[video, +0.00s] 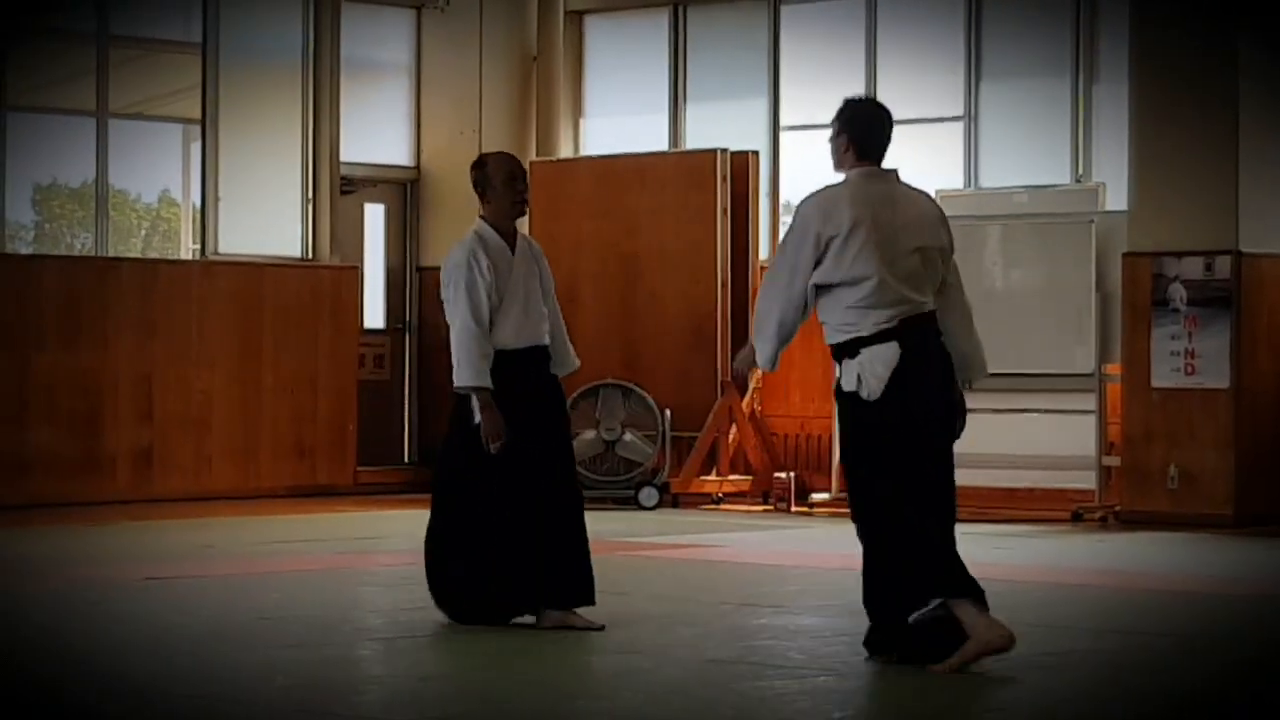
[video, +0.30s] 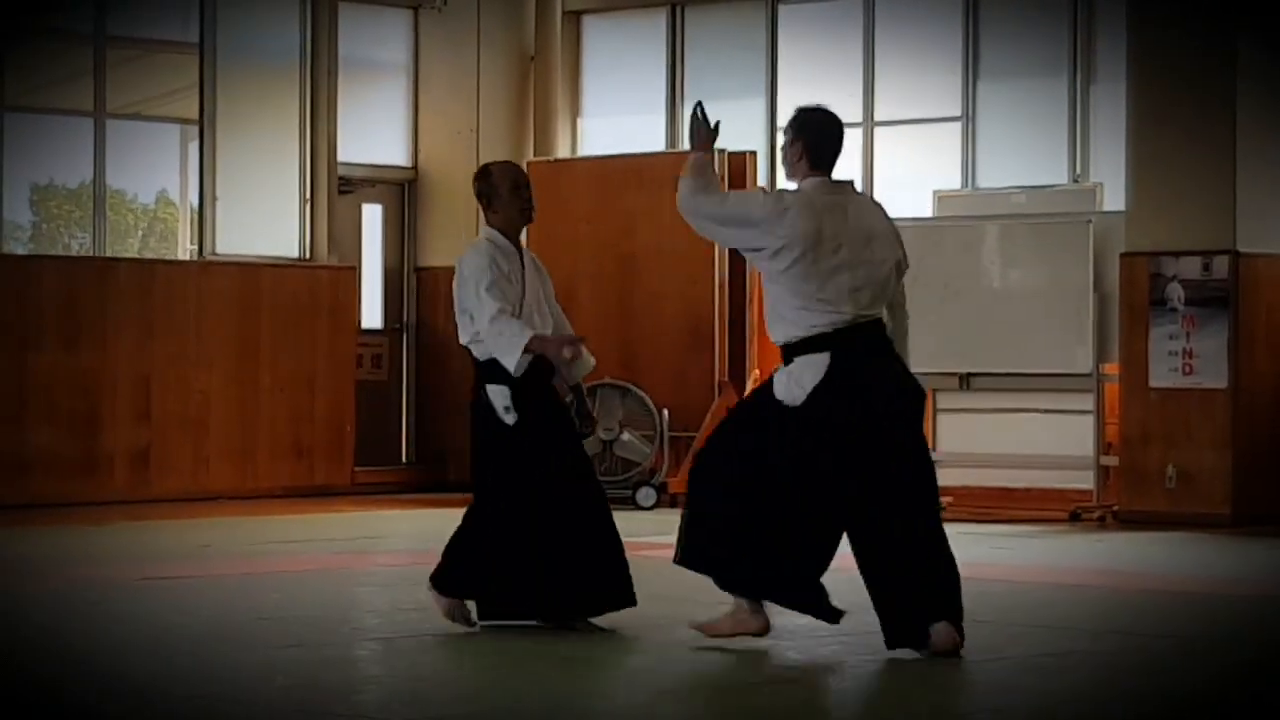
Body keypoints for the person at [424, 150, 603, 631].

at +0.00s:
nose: (524, 190)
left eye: (525, 182)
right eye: (513, 183)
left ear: (526, 189)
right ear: (484, 192)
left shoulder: (532, 252)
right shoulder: (468, 256)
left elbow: (551, 321)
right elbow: (466, 332)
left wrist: (559, 391)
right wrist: (483, 404)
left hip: (537, 378)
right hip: (496, 380)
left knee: (550, 488)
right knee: (497, 490)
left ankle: (553, 604)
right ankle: (489, 599)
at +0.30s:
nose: (531, 198)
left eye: (529, 189)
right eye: (519, 190)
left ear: (519, 198)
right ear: (489, 201)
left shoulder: (531, 263)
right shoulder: (479, 260)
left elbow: (556, 324)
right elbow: (491, 322)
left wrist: (578, 383)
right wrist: (543, 343)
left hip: (536, 382)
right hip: (503, 386)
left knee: (556, 489)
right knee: (505, 491)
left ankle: (557, 602)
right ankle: (449, 581)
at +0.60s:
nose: (464, 191)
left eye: (461, 183)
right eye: (453, 185)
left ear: (420, 200)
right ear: (426, 196)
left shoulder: (401, 255)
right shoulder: (445, 251)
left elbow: (421, 337)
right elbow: (521, 291)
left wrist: (487, 363)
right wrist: (551, 242)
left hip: (431, 389)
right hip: (463, 391)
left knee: (450, 499)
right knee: (519, 487)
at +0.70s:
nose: (440, 193)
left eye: (436, 185)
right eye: (431, 186)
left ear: (392, 197)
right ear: (406, 195)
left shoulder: (366, 254)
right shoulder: (420, 256)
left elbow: (387, 328)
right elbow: (478, 311)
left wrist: (448, 342)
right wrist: (501, 278)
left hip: (393, 387)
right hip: (429, 391)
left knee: (416, 500)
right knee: (457, 496)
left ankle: (414, 610)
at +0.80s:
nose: (407, 196)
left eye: (405, 187)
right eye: (402, 187)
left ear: (355, 195)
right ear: (385, 193)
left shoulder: (333, 252)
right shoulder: (394, 250)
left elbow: (326, 330)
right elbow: (459, 301)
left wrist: (359, 366)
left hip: (362, 392)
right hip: (402, 392)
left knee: (396, 497)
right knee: (440, 495)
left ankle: (342, 582)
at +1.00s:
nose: (342, 193)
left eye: (338, 184)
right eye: (338, 185)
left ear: (291, 196)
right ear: (327, 190)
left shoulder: (265, 252)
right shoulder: (351, 237)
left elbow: (261, 330)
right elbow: (363, 290)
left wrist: (281, 375)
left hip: (287, 385)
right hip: (338, 384)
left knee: (260, 497)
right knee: (381, 491)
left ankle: (206, 606)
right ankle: (387, 611)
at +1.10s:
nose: (314, 188)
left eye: (311, 181)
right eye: (311, 181)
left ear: (261, 191)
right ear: (301, 185)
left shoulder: (233, 244)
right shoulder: (322, 229)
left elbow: (229, 322)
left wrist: (238, 375)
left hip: (254, 375)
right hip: (304, 374)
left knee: (244, 495)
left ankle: (217, 617)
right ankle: (361, 606)